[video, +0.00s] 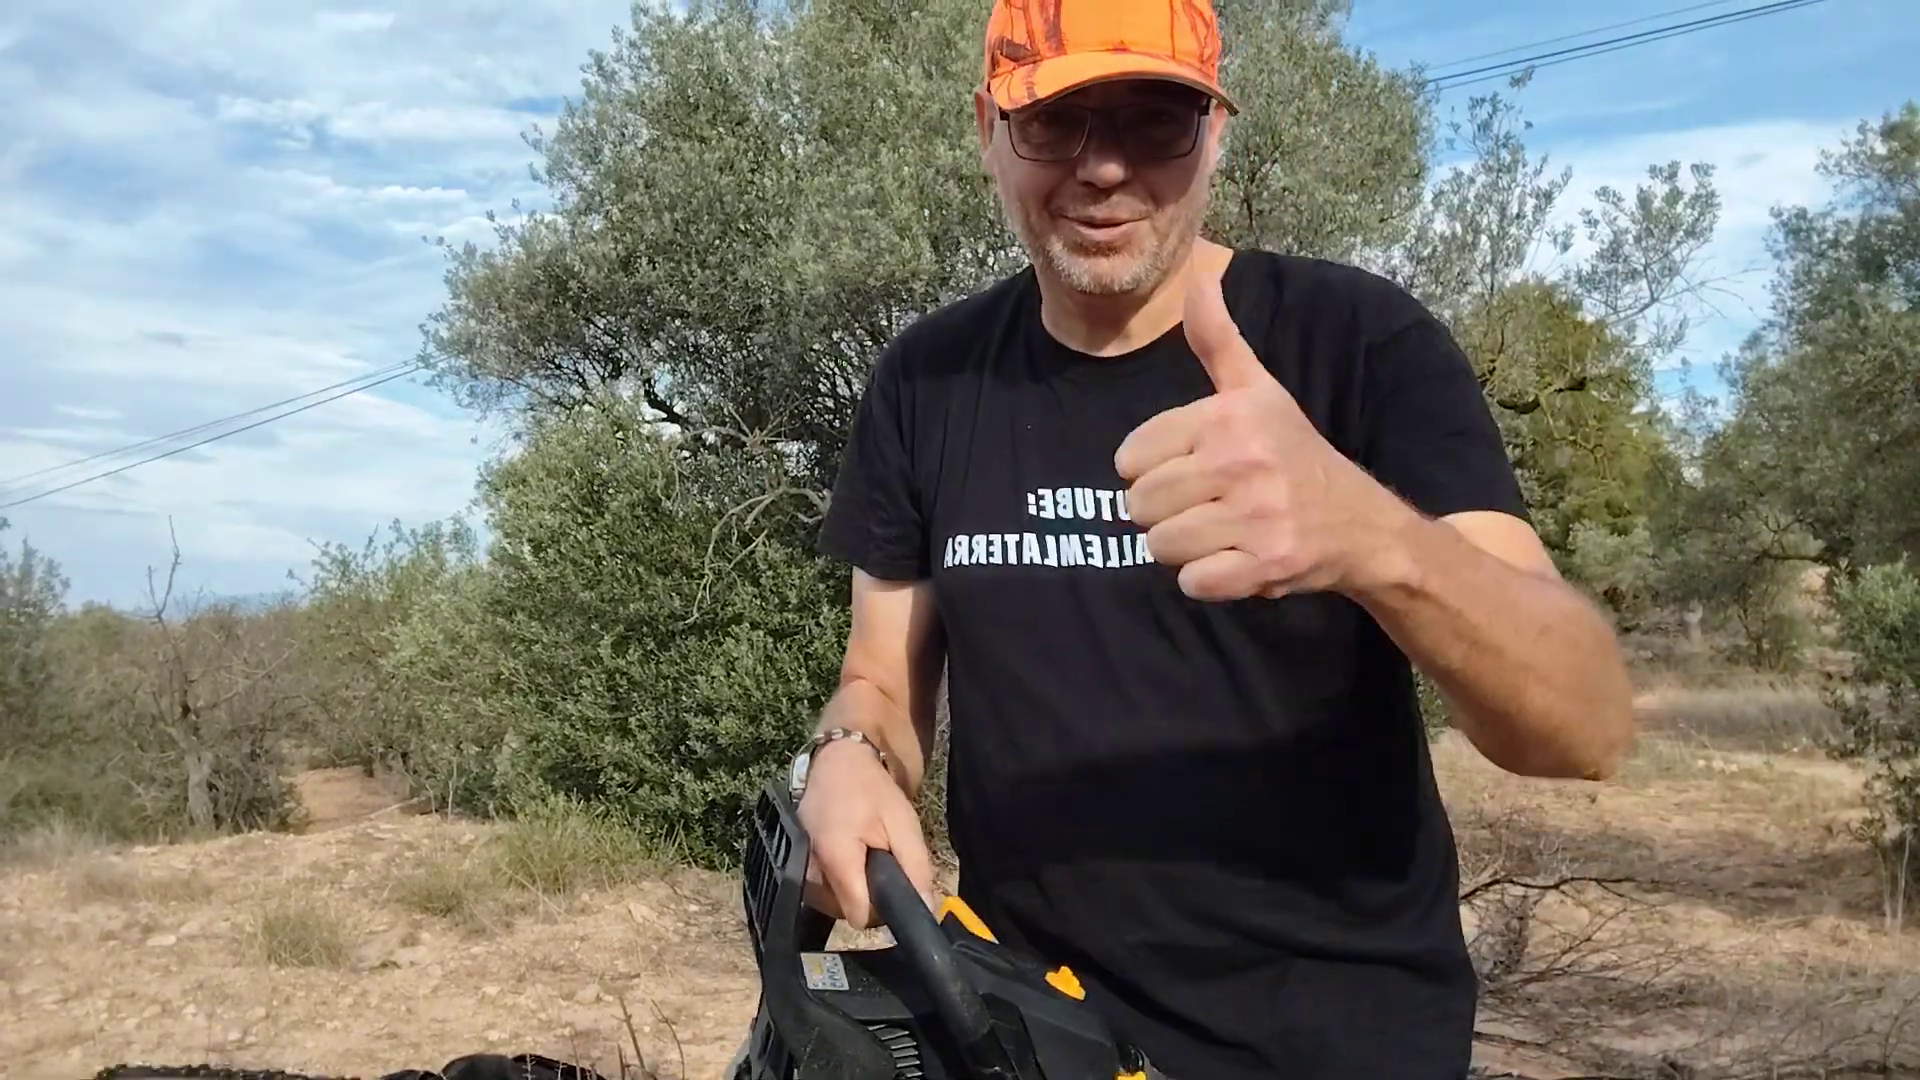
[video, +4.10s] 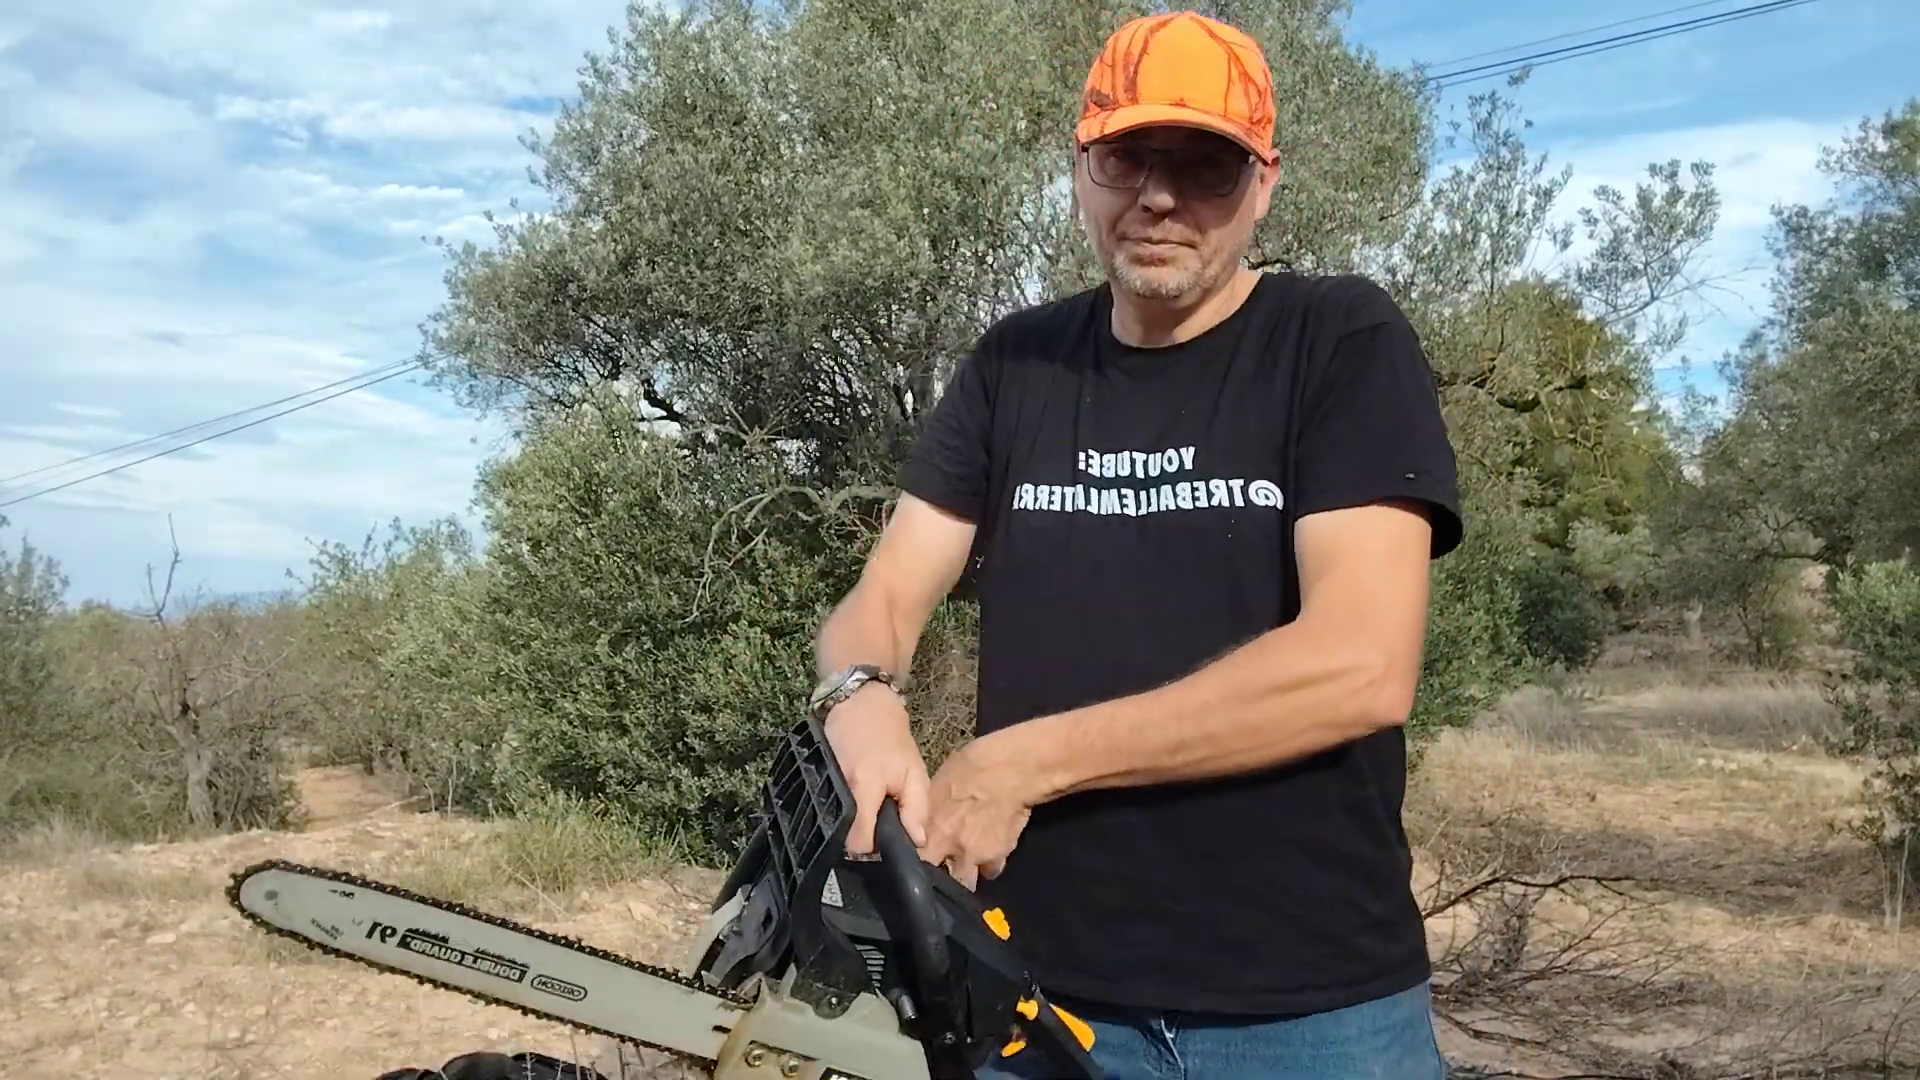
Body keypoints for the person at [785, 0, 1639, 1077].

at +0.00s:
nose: (1101, 172)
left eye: (1152, 124)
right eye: (1057, 124)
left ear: (1214, 131)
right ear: (991, 136)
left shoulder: (1359, 341)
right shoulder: (930, 380)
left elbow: (1586, 731)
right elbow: (881, 687)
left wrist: (1376, 536)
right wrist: (847, 757)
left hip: (1339, 1019)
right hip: (1038, 1019)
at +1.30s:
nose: (1100, 272)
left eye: (1146, 234)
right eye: (1061, 231)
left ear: (1225, 171)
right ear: (1014, 181)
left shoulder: (1370, 346)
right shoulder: (958, 384)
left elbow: (1578, 738)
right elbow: (908, 698)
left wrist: (1329, 606)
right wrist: (840, 740)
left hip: (1357, 1025)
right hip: (1066, 1012)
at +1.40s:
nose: (1101, 271)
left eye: (1145, 234)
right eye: (1061, 232)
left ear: (1221, 174)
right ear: (1012, 180)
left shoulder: (1367, 339)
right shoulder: (955, 377)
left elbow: (1573, 721)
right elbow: (902, 686)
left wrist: (1321, 727)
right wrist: (828, 726)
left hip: (1365, 1038)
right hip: (1073, 1029)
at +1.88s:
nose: (1211, 234)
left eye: (1260, 199)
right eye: (1181, 186)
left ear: (1332, 184)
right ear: (1131, 150)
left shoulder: (1455, 350)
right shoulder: (1047, 342)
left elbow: (1583, 728)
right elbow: (918, 632)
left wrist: (1276, 816)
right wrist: (831, 577)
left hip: (1398, 1041)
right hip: (1104, 1037)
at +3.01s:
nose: (1152, 184)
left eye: (1198, 155)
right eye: (1122, 144)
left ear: (1256, 181)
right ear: (1072, 158)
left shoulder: (1349, 362)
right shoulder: (991, 360)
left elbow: (1450, 691)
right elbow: (884, 620)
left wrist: (1164, 773)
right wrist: (790, 575)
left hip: (1293, 1020)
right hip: (1020, 1012)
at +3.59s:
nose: (1009, 253)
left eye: (1050, 218)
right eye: (983, 217)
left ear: (1142, 191)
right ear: (951, 199)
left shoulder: (1255, 365)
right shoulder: (901, 375)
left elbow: (1382, 672)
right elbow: (796, 612)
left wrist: (1096, 772)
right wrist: (759, 672)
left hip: (1241, 1015)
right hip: (973, 1014)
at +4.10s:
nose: (1158, 199)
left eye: (1200, 165)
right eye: (1127, 160)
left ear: (1262, 183)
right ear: (1082, 172)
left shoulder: (1342, 339)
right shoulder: (1012, 364)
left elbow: (1362, 663)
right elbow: (879, 606)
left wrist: (1024, 762)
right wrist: (859, 697)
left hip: (1318, 1018)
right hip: (1044, 1013)